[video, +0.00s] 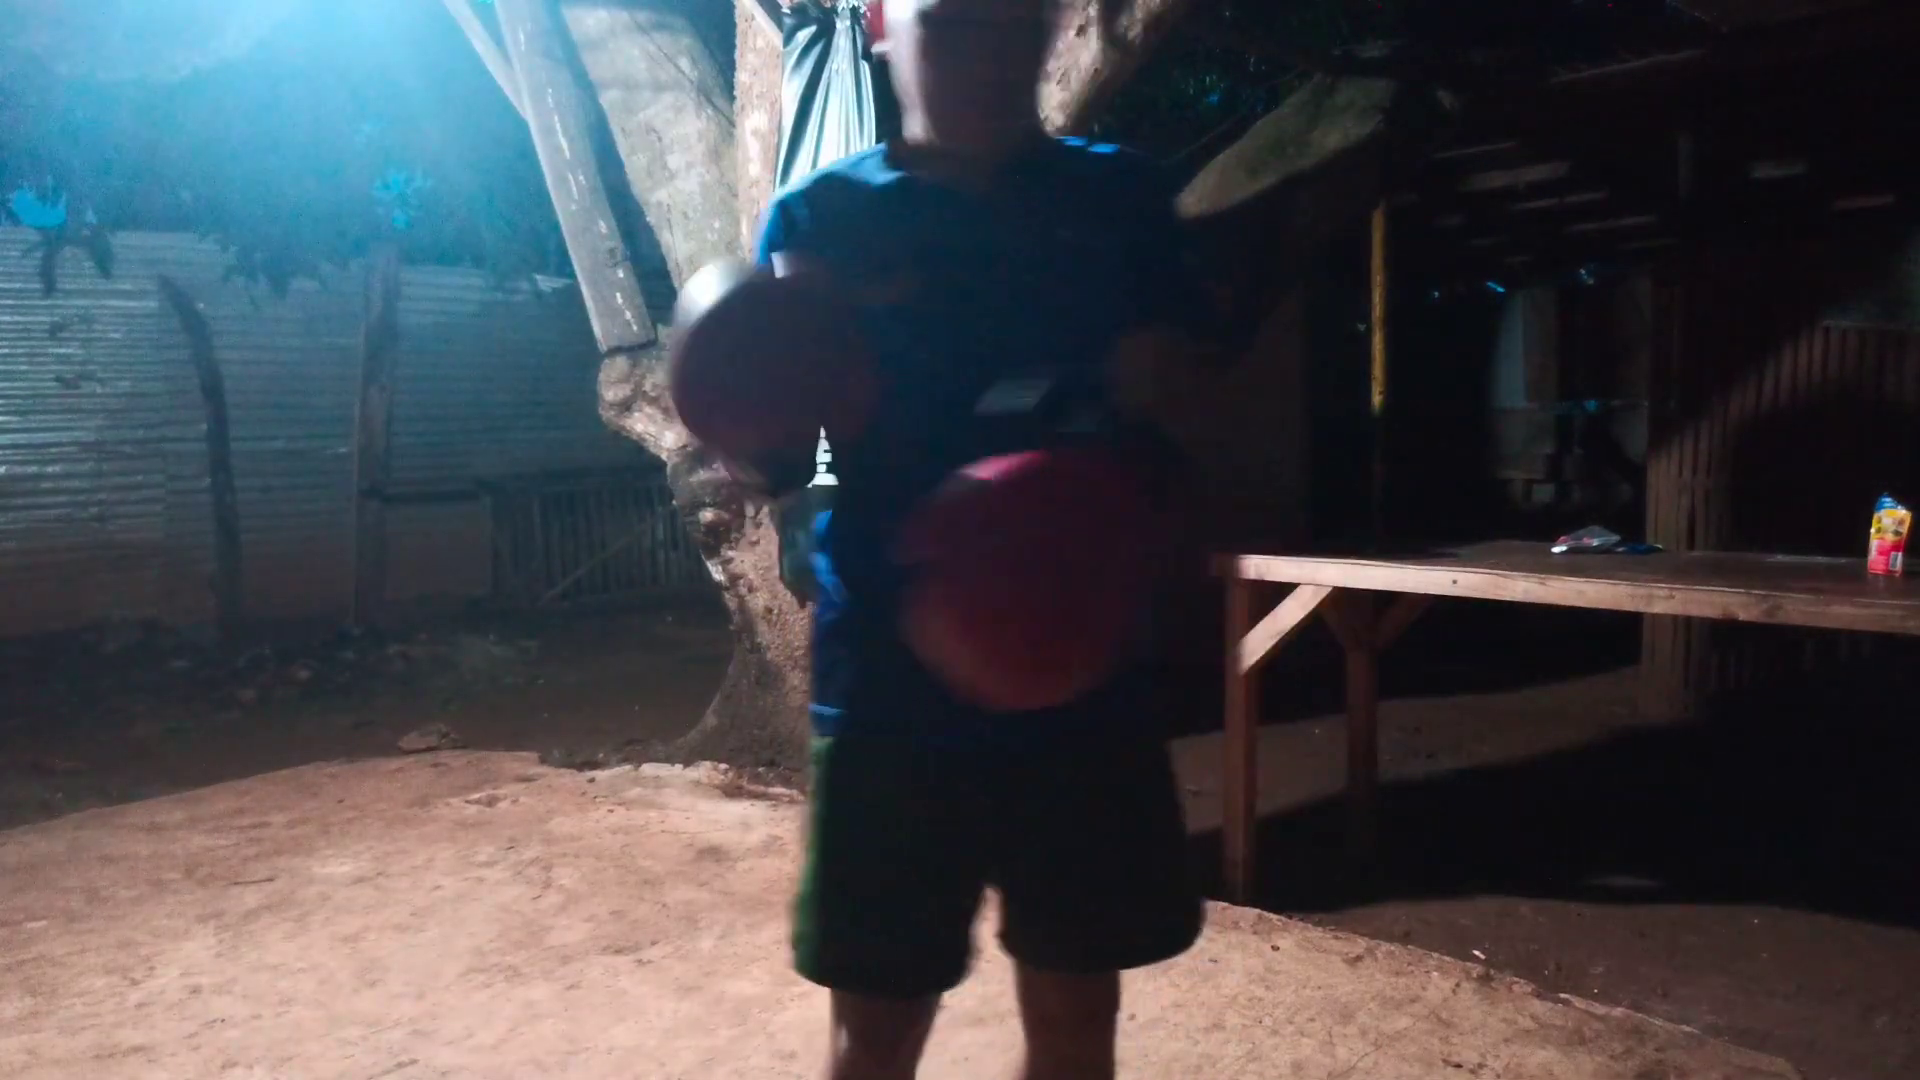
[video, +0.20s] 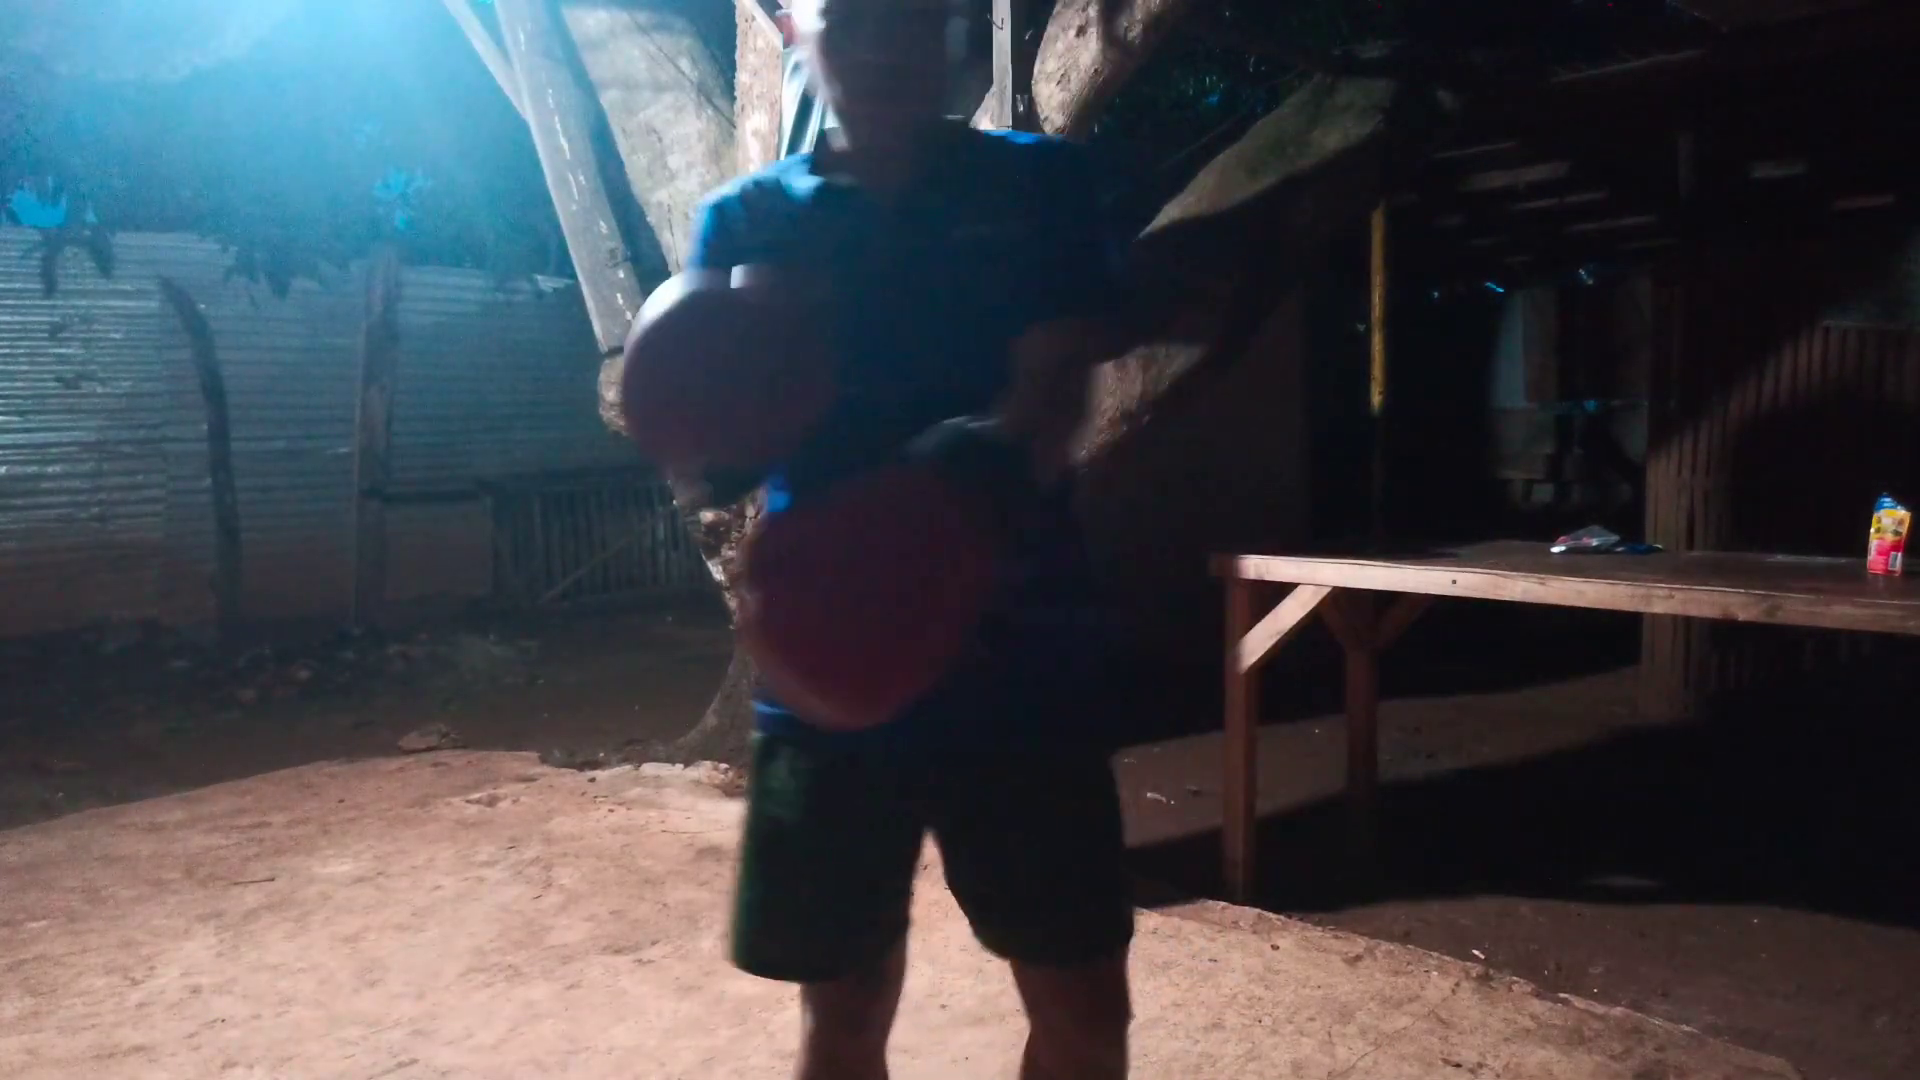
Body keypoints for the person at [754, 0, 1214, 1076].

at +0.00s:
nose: (974, 44)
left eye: (1004, 18)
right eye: (943, 19)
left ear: (1049, 32)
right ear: (880, 33)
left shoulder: (1123, 199)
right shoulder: (829, 215)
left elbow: (1182, 421)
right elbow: (773, 460)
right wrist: (756, 411)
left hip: (1087, 685)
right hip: (889, 695)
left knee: (1074, 1022)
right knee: (877, 1036)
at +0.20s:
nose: (880, 52)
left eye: (910, 24)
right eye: (852, 25)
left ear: (958, 44)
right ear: (798, 42)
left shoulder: (1040, 187)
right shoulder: (749, 219)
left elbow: (1055, 396)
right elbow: (697, 429)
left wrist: (948, 494)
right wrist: (728, 526)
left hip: (1016, 649)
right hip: (826, 662)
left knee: (1081, 1007)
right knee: (842, 1010)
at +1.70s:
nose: (734, 56)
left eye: (768, 26)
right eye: (701, 28)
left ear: (817, 55)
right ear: (648, 59)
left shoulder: (884, 210)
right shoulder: (599, 224)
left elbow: (914, 459)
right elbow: (438, 416)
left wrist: (958, 605)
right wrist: (576, 471)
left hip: (887, 642)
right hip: (716, 663)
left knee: (945, 944)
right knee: (734, 981)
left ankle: (916, 1069)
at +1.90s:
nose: (739, 54)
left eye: (771, 26)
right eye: (706, 26)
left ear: (822, 48)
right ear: (656, 50)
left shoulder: (890, 200)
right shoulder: (605, 215)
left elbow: (926, 435)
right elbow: (448, 420)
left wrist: (956, 609)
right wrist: (603, 475)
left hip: (899, 638)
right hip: (724, 662)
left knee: (965, 955)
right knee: (742, 988)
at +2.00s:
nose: (757, 52)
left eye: (789, 24)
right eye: (727, 23)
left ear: (839, 43)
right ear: (678, 45)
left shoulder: (906, 198)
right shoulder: (625, 210)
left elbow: (949, 438)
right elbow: (475, 419)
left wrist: (976, 628)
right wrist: (629, 478)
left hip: (910, 646)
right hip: (736, 664)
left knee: (957, 976)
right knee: (750, 993)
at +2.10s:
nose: (794, 44)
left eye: (822, 17)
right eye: (762, 19)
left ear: (872, 32)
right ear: (708, 46)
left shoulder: (942, 202)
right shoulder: (665, 208)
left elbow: (983, 443)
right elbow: (507, 415)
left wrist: (1025, 633)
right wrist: (657, 470)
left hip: (930, 653)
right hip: (757, 672)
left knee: (965, 980)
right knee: (760, 1003)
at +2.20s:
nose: (829, 44)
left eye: (861, 17)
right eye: (799, 17)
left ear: (912, 39)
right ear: (758, 39)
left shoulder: (988, 212)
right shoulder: (708, 206)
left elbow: (1015, 454)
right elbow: (547, 405)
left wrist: (1073, 639)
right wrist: (675, 461)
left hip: (963, 668)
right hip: (785, 681)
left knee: (987, 995)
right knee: (765, 1009)